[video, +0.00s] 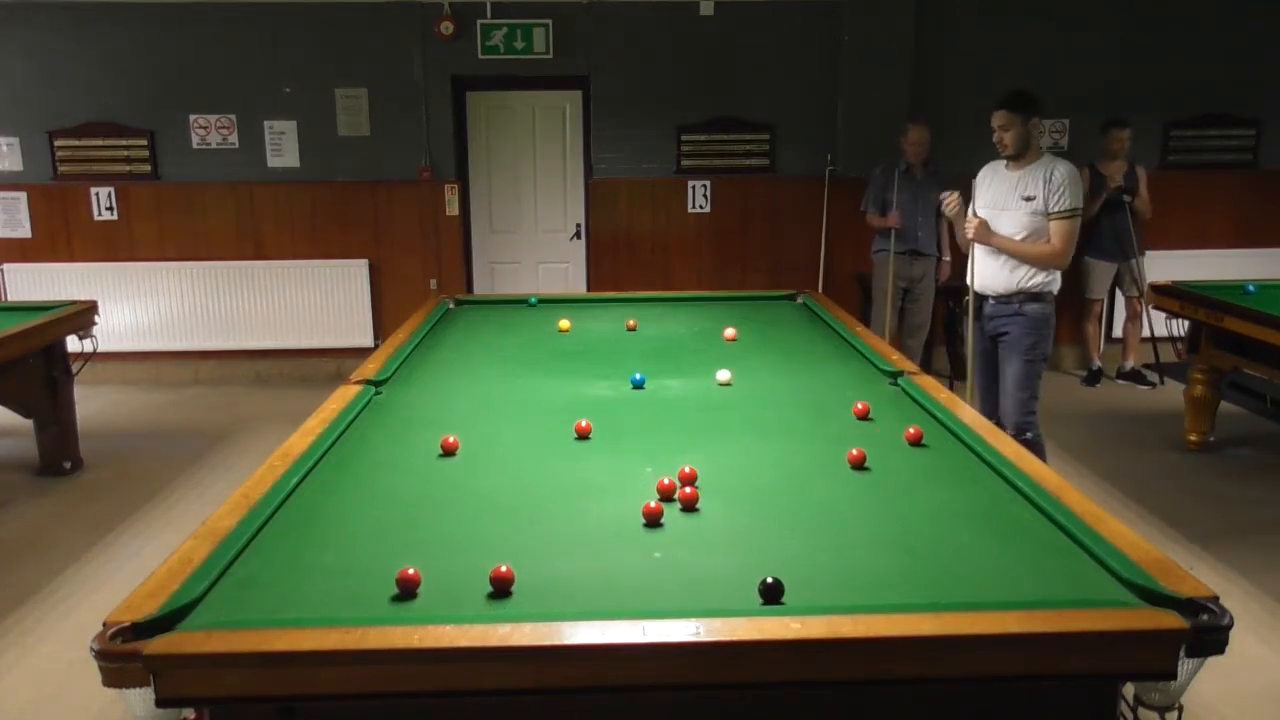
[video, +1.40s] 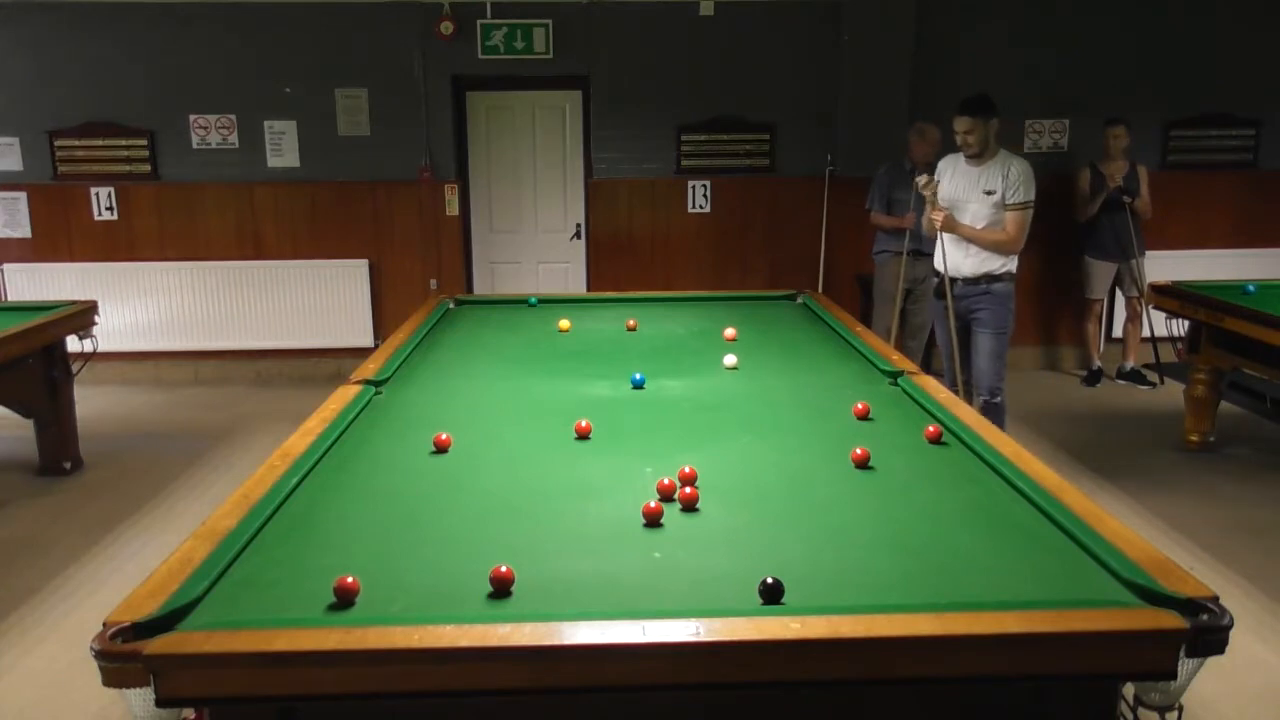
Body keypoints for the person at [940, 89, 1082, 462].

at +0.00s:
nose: (997, 138)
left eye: (1005, 130)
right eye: (994, 130)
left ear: (1032, 127)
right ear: (994, 131)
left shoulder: (1059, 174)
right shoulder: (987, 174)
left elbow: (1061, 254)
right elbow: (970, 247)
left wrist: (992, 239)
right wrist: (956, 220)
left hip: (1026, 310)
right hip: (981, 308)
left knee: (1017, 421)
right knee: (985, 417)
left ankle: (1038, 512)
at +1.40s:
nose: (961, 140)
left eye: (969, 133)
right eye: (957, 133)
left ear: (993, 128)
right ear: (953, 131)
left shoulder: (1015, 170)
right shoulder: (946, 165)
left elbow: (1014, 242)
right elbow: (931, 230)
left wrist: (956, 228)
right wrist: (931, 203)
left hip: (990, 291)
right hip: (946, 290)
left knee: (987, 389)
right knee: (953, 384)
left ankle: (991, 470)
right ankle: (953, 467)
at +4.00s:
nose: (865, 283)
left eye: (869, 276)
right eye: (860, 277)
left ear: (885, 265)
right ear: (856, 266)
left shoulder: (903, 284)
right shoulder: (896, 244)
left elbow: (868, 317)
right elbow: (930, 227)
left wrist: (816, 338)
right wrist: (931, 262)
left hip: (998, 286)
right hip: (969, 280)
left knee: (972, 383)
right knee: (952, 372)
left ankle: (983, 451)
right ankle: (954, 441)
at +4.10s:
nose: (864, 289)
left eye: (868, 282)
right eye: (858, 283)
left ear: (884, 270)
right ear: (852, 272)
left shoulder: (900, 288)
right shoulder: (895, 247)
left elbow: (867, 320)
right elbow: (926, 226)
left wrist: (813, 340)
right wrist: (929, 261)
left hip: (997, 285)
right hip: (972, 275)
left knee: (971, 383)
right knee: (952, 372)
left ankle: (983, 451)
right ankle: (954, 441)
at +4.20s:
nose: (861, 294)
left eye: (866, 286)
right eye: (856, 287)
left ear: (883, 273)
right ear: (850, 273)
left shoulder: (899, 290)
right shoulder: (893, 248)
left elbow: (866, 320)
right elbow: (924, 224)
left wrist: (812, 340)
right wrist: (928, 261)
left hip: (995, 285)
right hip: (969, 275)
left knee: (970, 382)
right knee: (951, 372)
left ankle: (982, 450)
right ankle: (955, 440)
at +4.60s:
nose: (860, 296)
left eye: (865, 288)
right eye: (855, 289)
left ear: (882, 275)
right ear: (849, 279)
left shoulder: (897, 293)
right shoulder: (889, 248)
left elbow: (863, 320)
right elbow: (920, 221)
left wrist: (812, 339)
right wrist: (929, 256)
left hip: (993, 285)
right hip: (972, 266)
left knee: (968, 382)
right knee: (954, 374)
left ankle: (982, 450)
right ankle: (962, 444)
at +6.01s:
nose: (859, 298)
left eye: (863, 289)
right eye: (853, 292)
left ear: (880, 275)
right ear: (846, 282)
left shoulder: (897, 293)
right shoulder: (887, 249)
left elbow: (867, 320)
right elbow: (918, 222)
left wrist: (812, 339)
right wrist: (923, 257)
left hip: (991, 285)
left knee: (968, 382)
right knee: (952, 374)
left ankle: (982, 449)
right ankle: (959, 442)